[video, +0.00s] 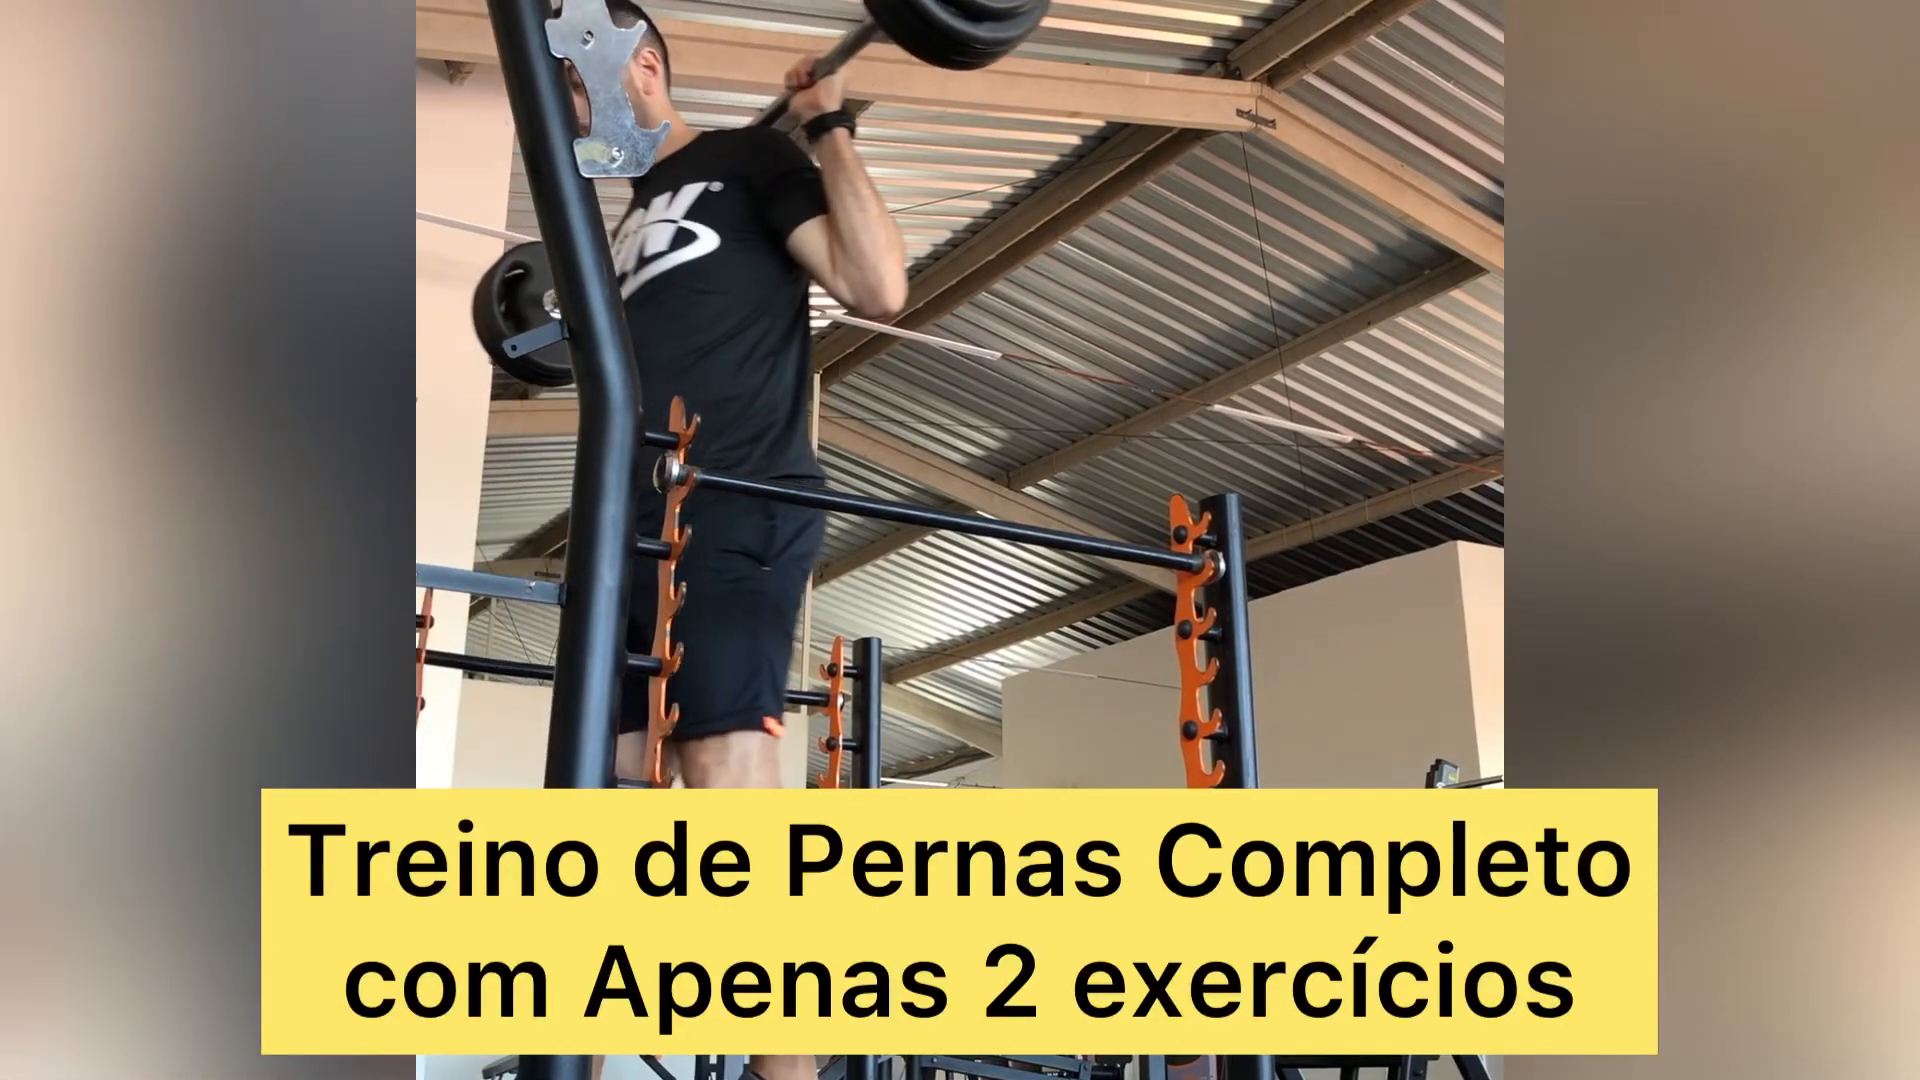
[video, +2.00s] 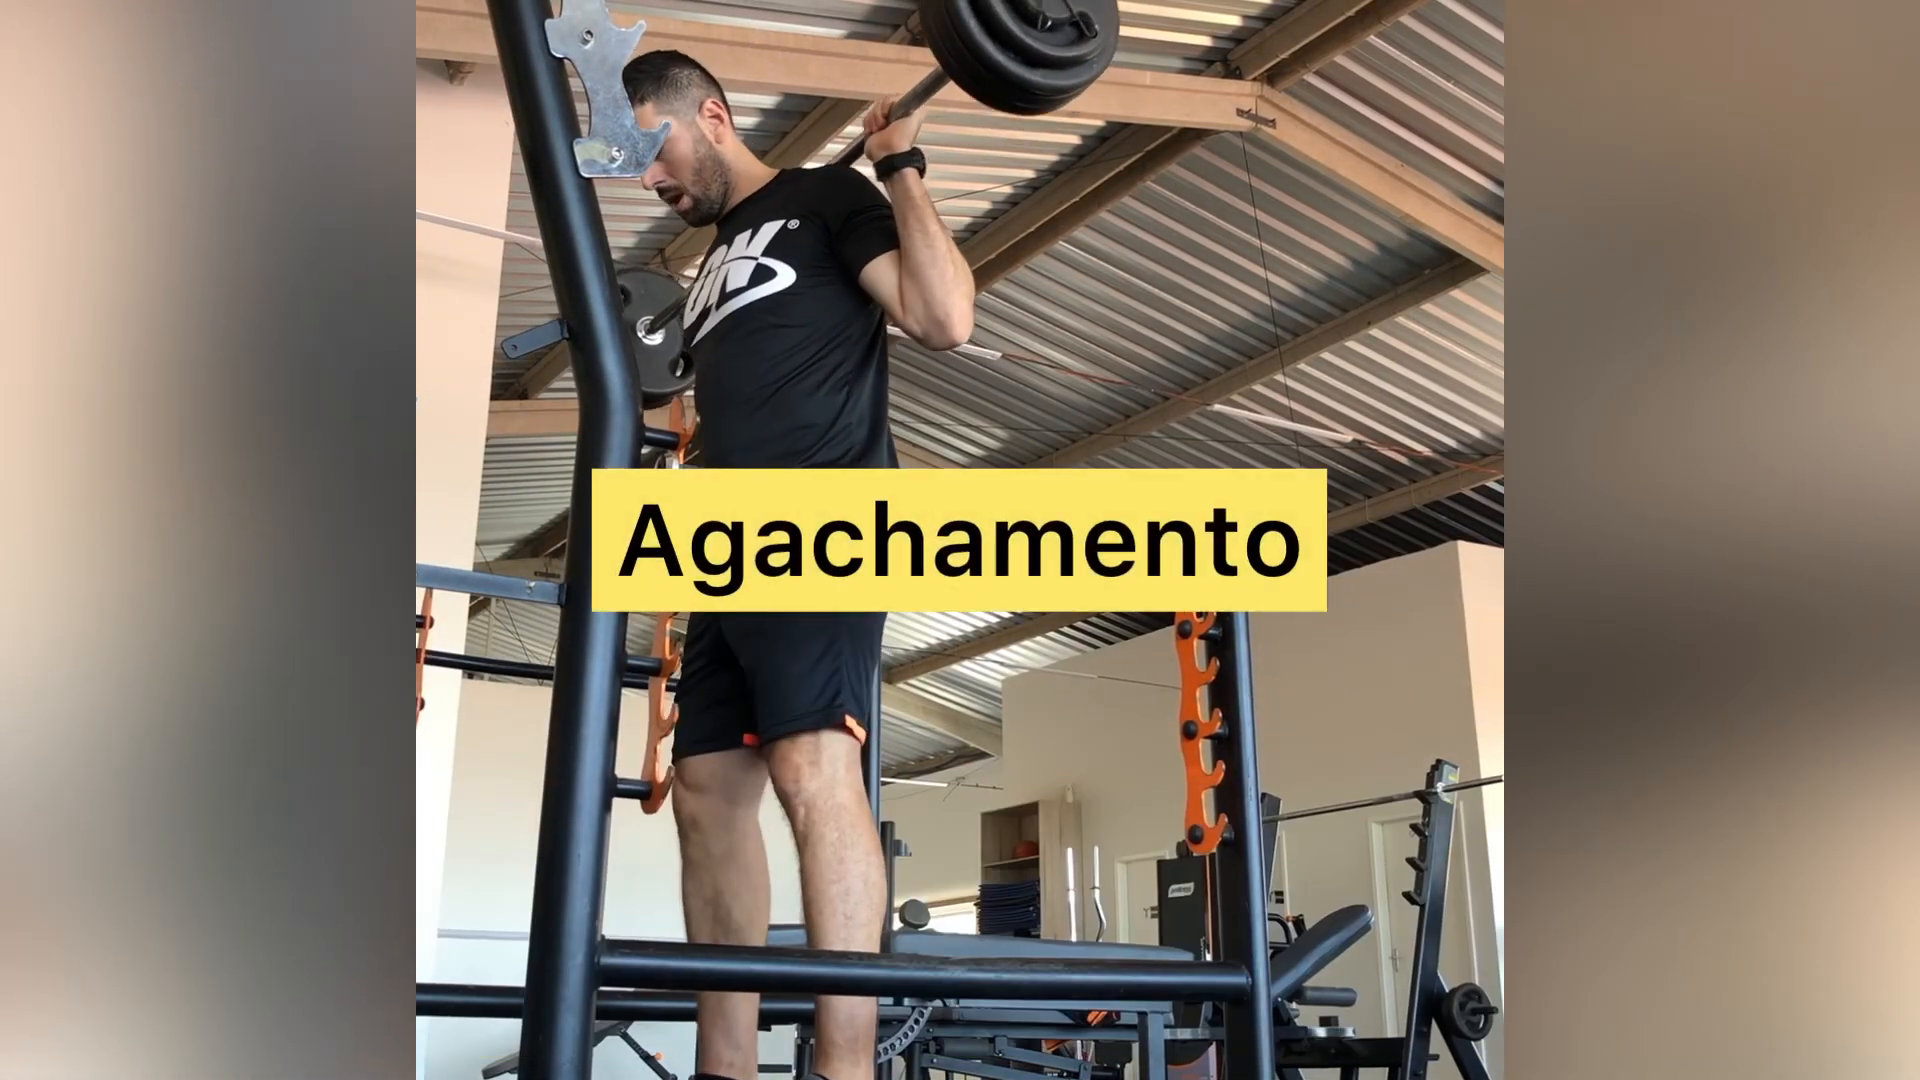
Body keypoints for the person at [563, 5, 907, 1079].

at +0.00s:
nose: (582, 95)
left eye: (600, 66)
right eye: (566, 76)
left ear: (652, 68)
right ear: (569, 95)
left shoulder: (748, 154)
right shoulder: (601, 217)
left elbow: (879, 293)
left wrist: (831, 135)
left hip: (743, 497)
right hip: (630, 503)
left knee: (726, 775)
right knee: (623, 769)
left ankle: (783, 1055)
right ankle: (609, 1046)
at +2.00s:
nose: (650, 178)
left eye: (654, 148)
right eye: (637, 160)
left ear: (714, 116)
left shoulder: (828, 193)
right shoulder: (708, 268)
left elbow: (946, 322)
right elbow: (704, 417)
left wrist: (904, 173)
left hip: (822, 527)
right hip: (721, 541)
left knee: (815, 764)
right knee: (706, 788)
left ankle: (848, 1065)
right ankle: (727, 1066)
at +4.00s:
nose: (631, 172)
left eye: (635, 144)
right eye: (618, 154)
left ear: (690, 106)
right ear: (662, 124)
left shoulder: (806, 183)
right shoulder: (686, 258)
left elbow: (928, 312)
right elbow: (704, 420)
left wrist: (880, 161)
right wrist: (672, 573)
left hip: (808, 522)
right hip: (713, 537)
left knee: (779, 758)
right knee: (686, 786)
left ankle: (822, 1062)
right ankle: (708, 1063)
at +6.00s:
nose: (630, 182)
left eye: (635, 152)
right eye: (615, 165)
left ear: (684, 112)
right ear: (643, 139)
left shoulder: (799, 192)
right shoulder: (685, 257)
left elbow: (917, 316)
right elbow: (714, 406)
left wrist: (866, 170)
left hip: (809, 512)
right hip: (726, 529)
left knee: (769, 755)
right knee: (687, 788)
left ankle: (825, 1063)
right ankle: (709, 1067)